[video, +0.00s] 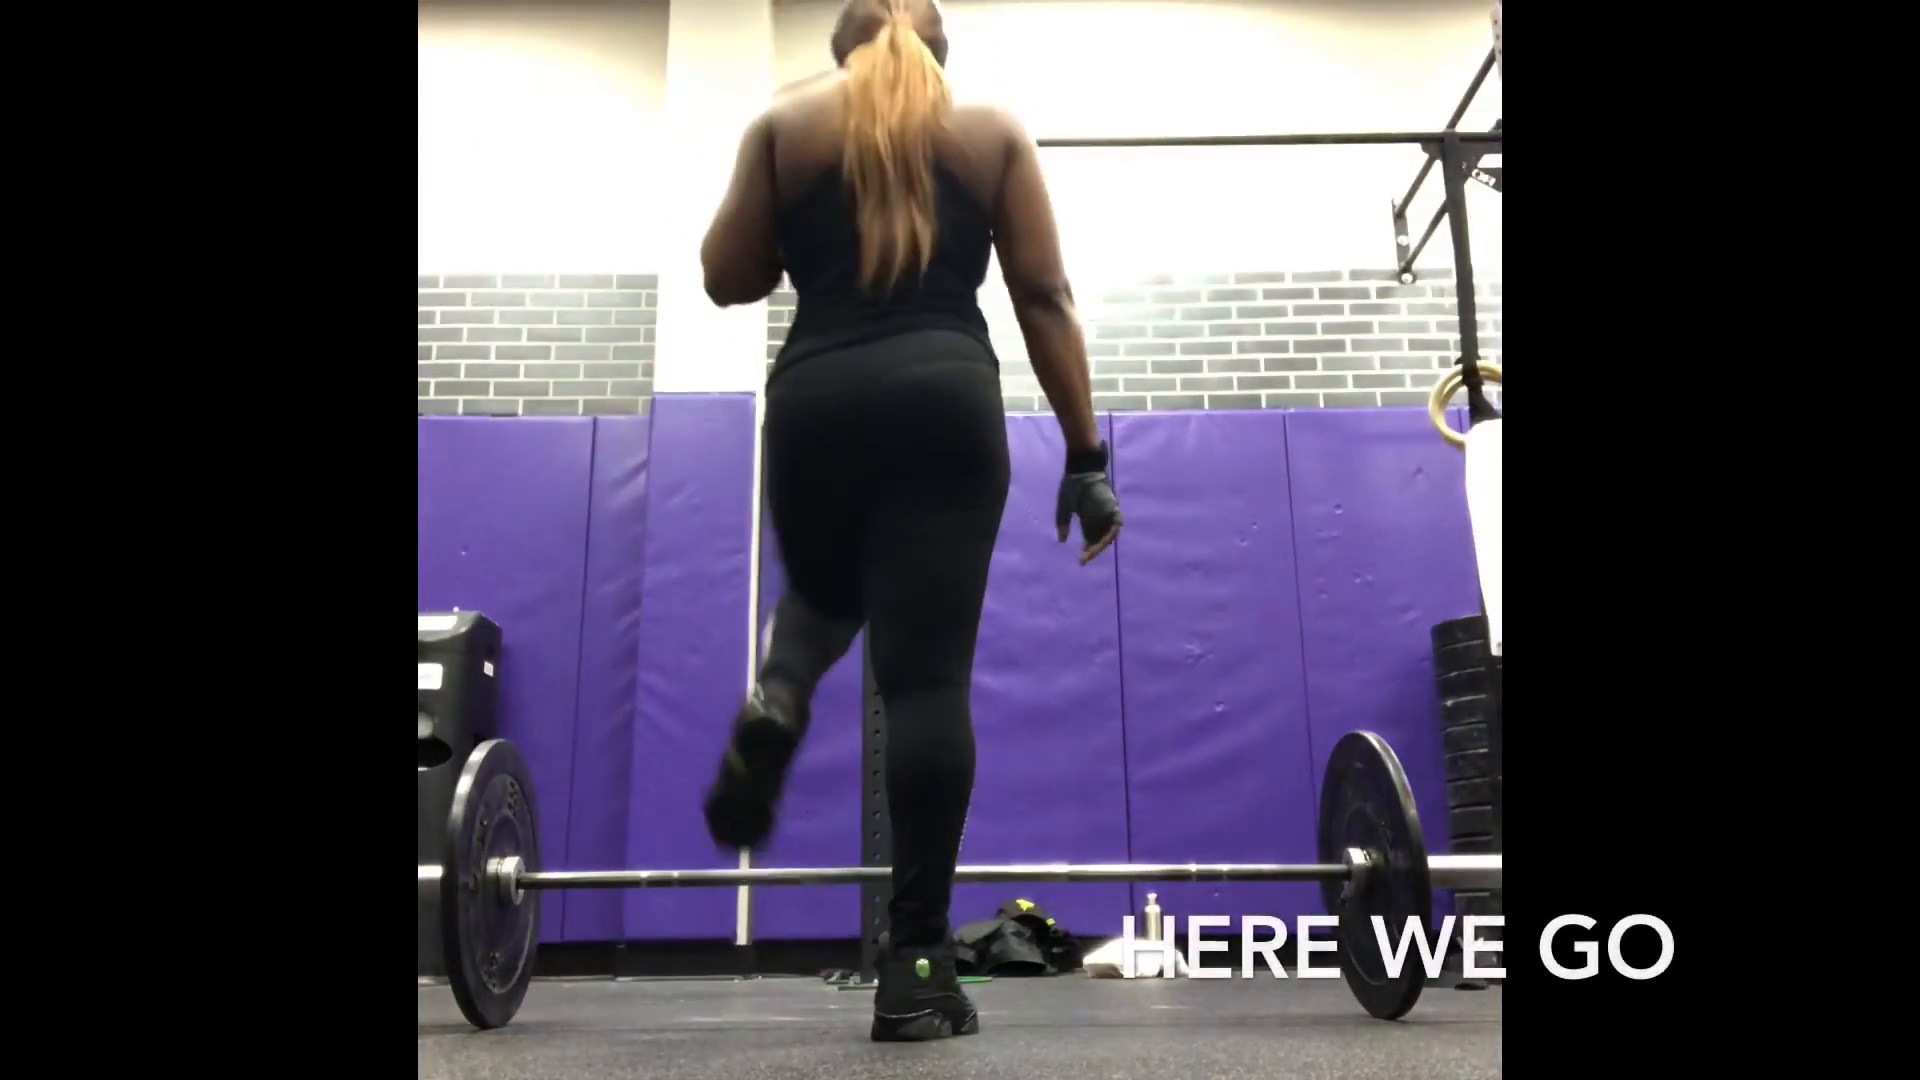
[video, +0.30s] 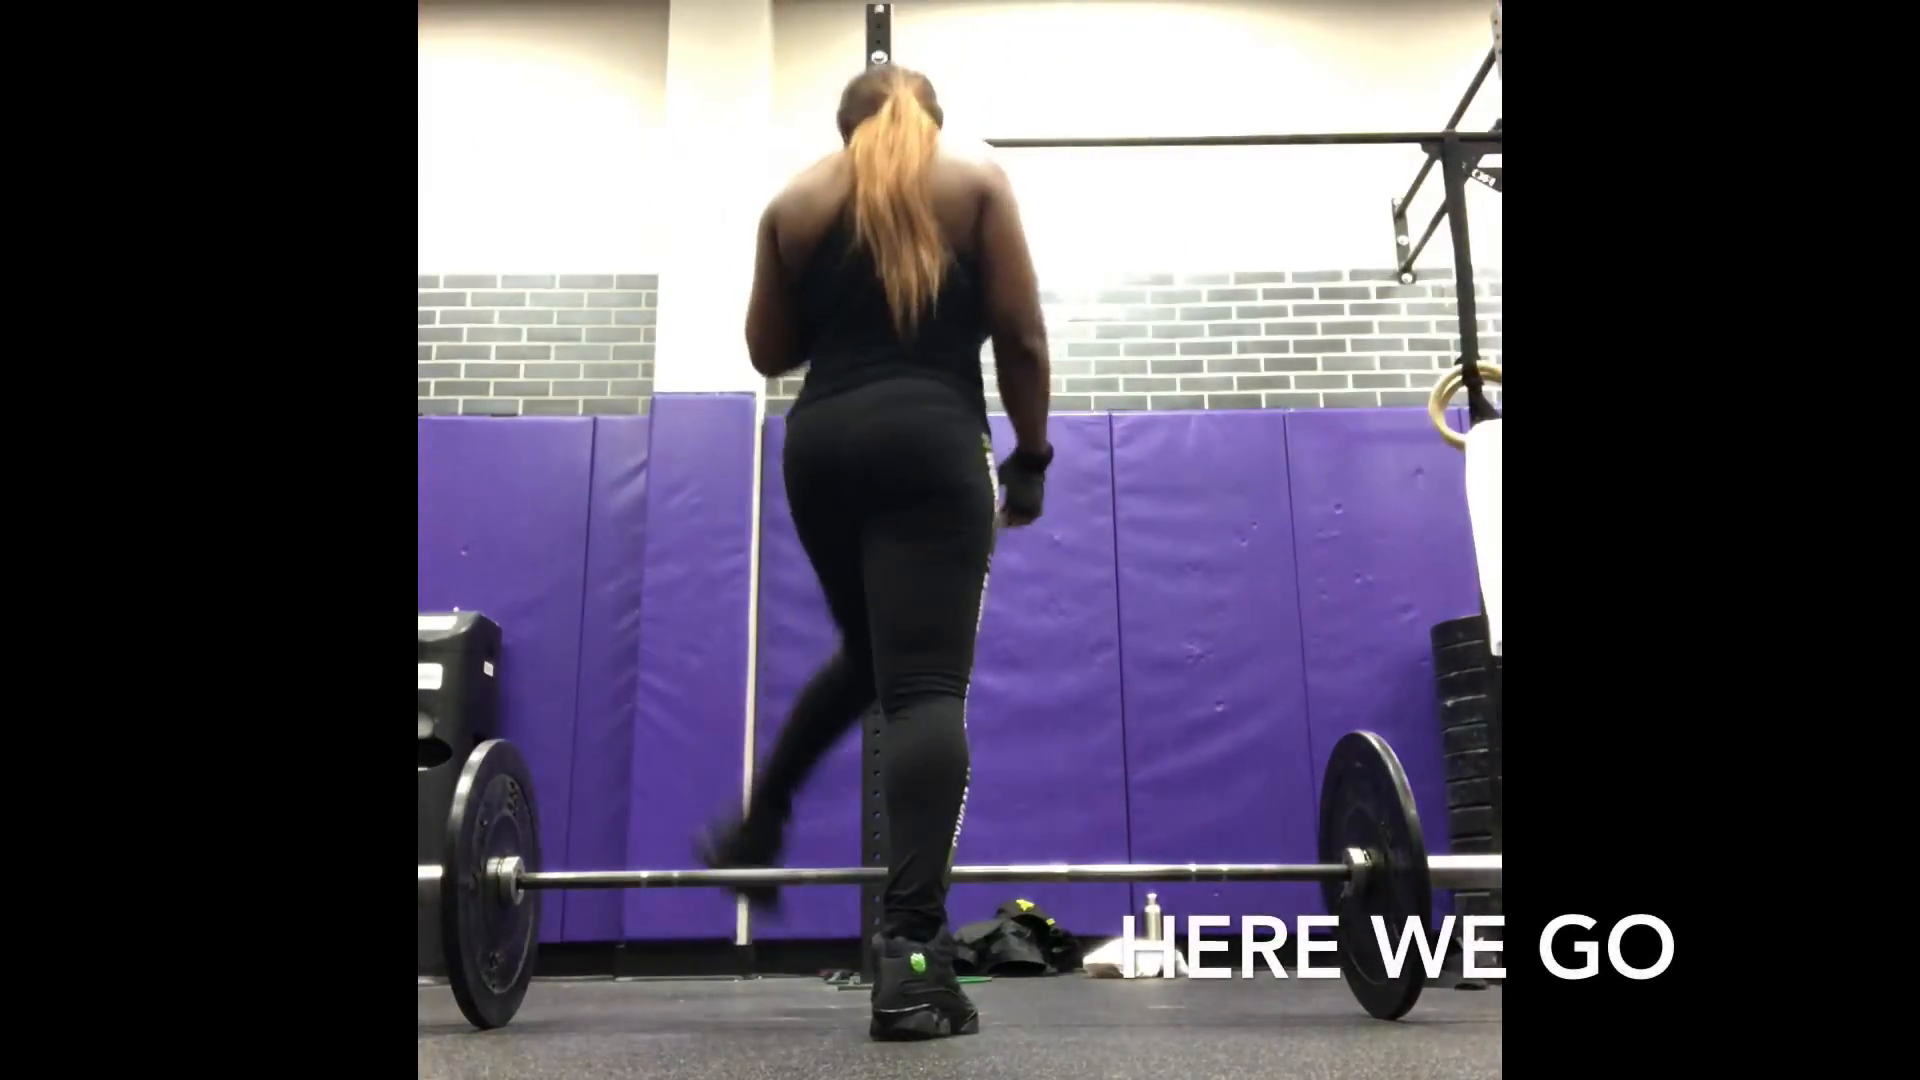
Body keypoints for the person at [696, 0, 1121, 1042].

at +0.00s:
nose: (936, 32)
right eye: (937, 28)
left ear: (843, 47)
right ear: (933, 47)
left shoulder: (785, 123)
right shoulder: (990, 131)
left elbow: (728, 277)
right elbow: (1044, 296)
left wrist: (807, 213)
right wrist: (1086, 453)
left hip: (815, 404)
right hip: (950, 401)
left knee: (822, 600)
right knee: (930, 684)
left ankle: (772, 717)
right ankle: (914, 967)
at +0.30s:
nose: (912, 108)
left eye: (868, 105)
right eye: (921, 101)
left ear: (846, 127)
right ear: (931, 116)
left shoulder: (797, 204)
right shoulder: (976, 183)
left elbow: (769, 350)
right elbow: (1020, 339)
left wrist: (849, 305)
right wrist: (1030, 456)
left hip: (819, 444)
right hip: (932, 438)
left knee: (863, 652)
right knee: (925, 690)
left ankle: (756, 825)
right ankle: (910, 954)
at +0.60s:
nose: (914, 212)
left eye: (900, 195)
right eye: (915, 199)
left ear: (834, 203)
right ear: (906, 204)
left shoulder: (780, 283)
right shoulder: (924, 255)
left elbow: (769, 415)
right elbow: (954, 367)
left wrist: (844, 379)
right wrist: (1019, 493)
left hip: (807, 490)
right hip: (910, 478)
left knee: (836, 731)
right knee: (960, 695)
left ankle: (813, 954)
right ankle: (928, 848)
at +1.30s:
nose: (1013, 264)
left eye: (1012, 250)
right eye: (1005, 249)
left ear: (934, 251)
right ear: (974, 246)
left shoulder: (898, 317)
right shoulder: (966, 281)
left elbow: (829, 432)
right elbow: (920, 320)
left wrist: (904, 492)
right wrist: (1008, 401)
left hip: (912, 522)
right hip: (971, 514)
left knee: (968, 734)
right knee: (994, 728)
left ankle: (868, 894)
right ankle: (986, 942)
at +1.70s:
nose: (1044, 296)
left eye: (1043, 282)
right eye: (1032, 281)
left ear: (999, 290)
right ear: (987, 286)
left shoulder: (991, 363)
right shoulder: (936, 331)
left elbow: (992, 473)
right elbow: (826, 372)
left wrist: (1018, 537)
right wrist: (906, 455)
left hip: (1006, 557)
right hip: (959, 543)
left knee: (1010, 739)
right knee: (980, 731)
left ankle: (991, 938)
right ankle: (977, 944)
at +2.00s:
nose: (1002, 318)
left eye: (1011, 306)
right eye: (987, 304)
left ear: (1017, 311)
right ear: (947, 305)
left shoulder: (1015, 379)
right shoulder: (901, 363)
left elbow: (1023, 453)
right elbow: (805, 404)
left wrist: (1020, 495)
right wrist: (850, 462)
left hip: (1009, 561)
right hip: (928, 549)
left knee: (994, 754)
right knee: (930, 728)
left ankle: (982, 948)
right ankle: (886, 941)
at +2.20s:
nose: (926, 521)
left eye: (944, 503)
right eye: (907, 504)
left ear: (971, 509)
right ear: (877, 513)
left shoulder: (1024, 592)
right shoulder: (824, 592)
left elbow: (1150, 723)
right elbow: (698, 720)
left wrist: (1263, 821)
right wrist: (584, 834)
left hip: (986, 730)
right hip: (867, 733)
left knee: (1065, 738)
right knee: (778, 746)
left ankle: (1050, 961)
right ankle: (819, 962)